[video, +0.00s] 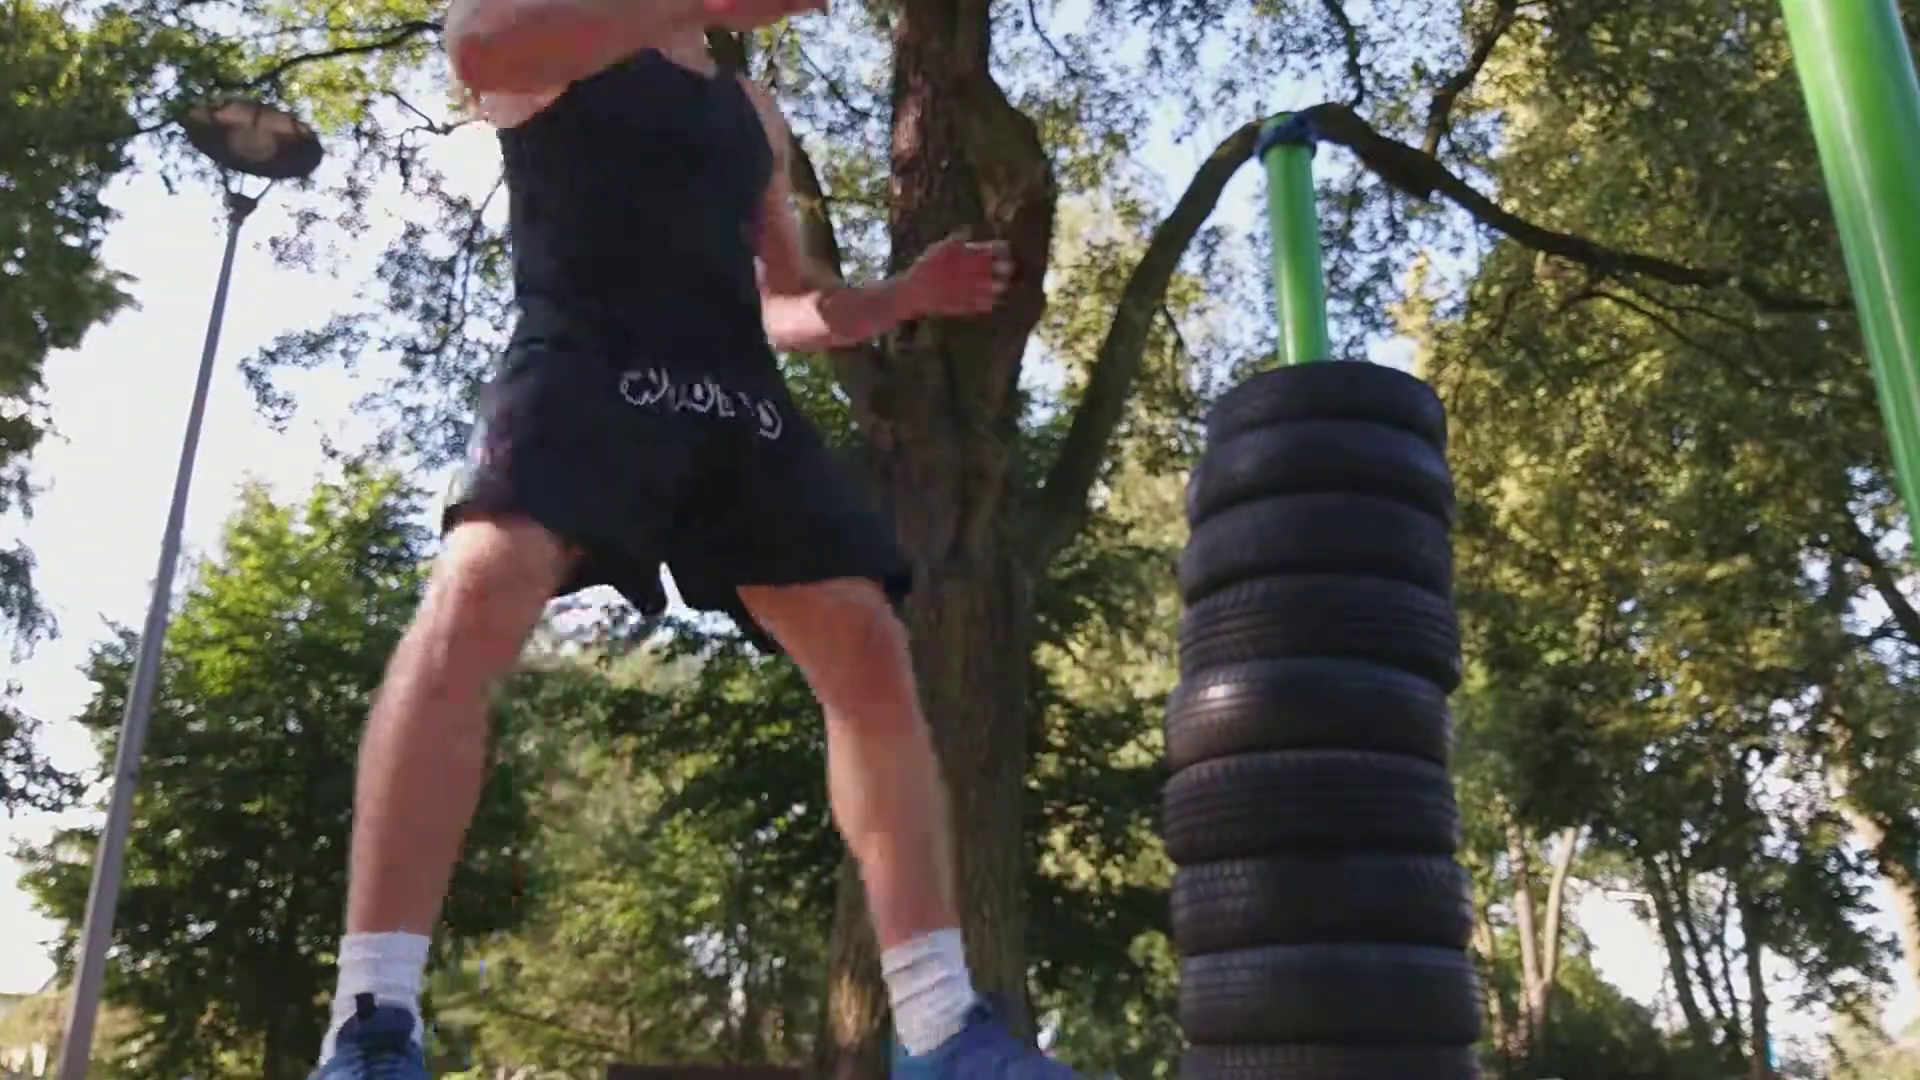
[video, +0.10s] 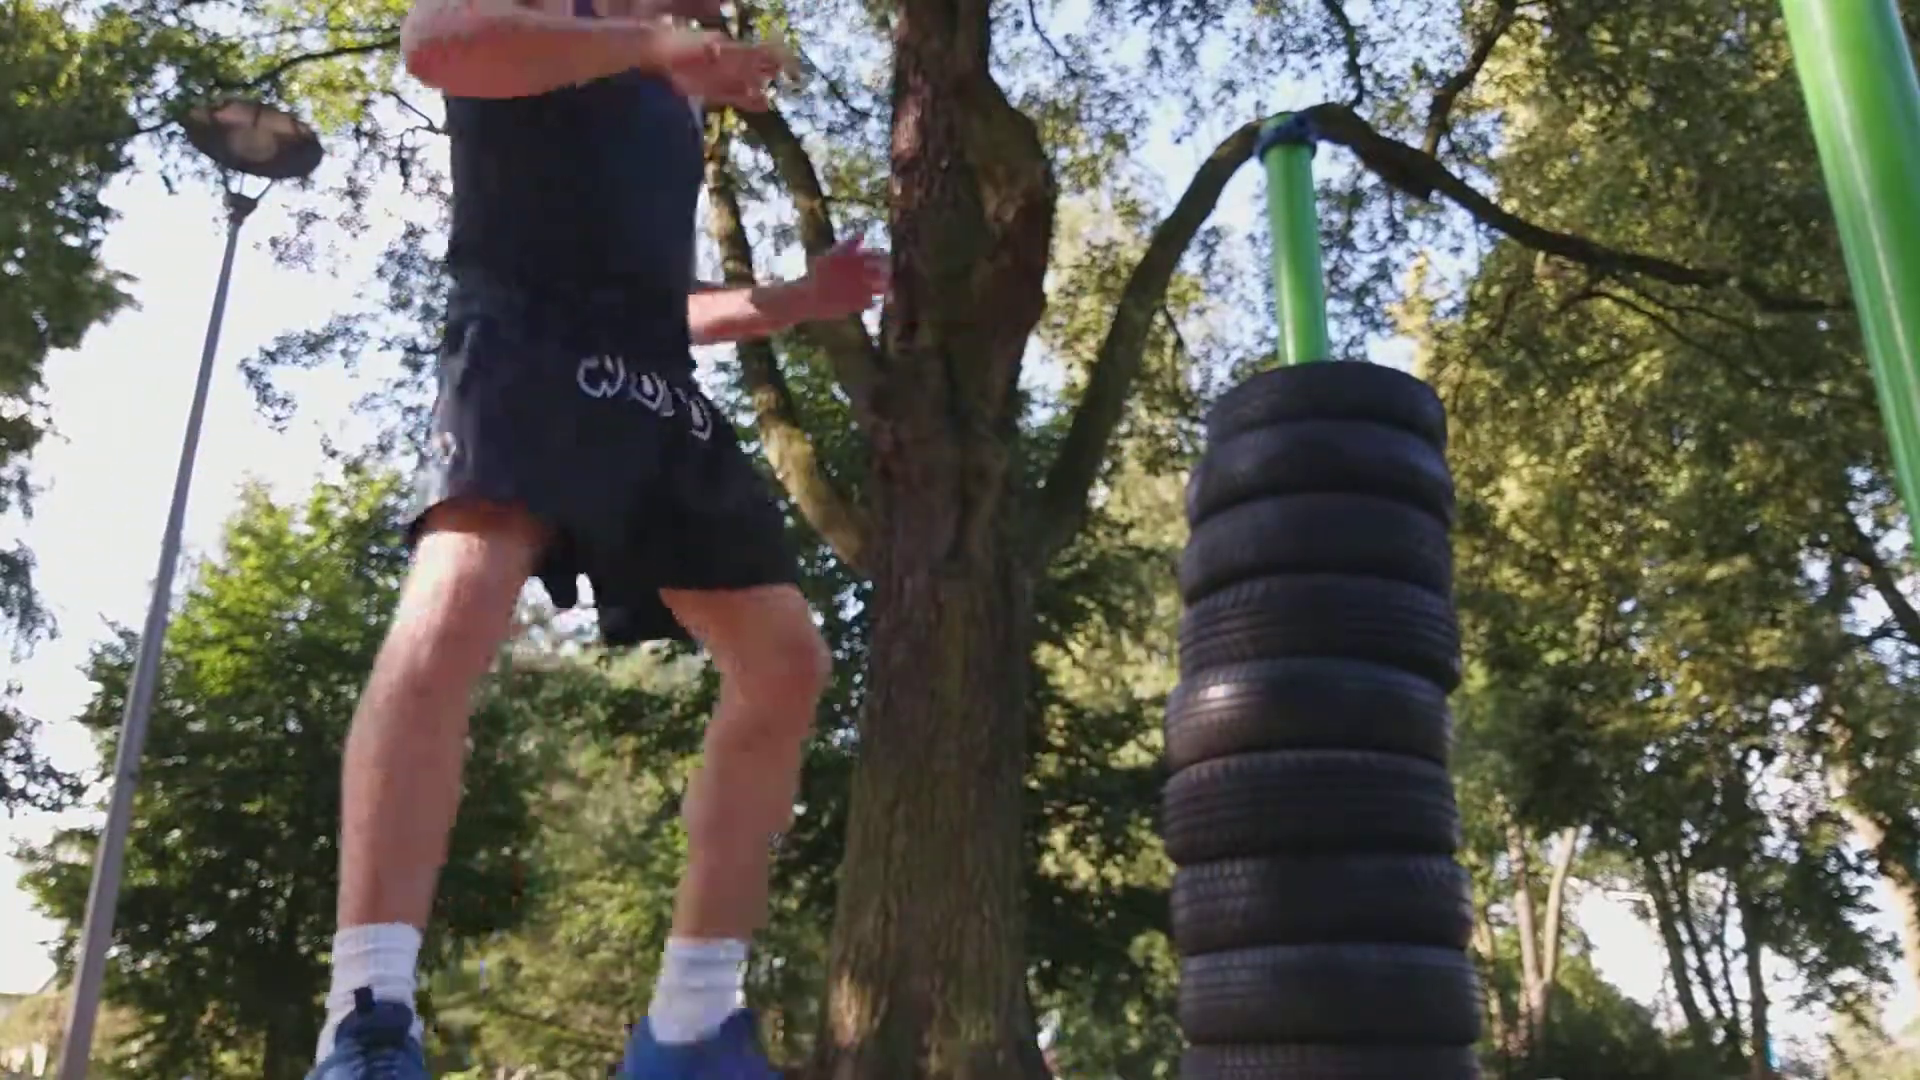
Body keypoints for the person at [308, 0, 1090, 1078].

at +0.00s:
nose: (800, 14)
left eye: (806, 12)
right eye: (797, 3)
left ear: (770, 14)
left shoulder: (750, 106)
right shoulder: (556, 27)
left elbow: (779, 305)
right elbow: (479, 55)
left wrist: (904, 293)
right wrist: (685, 11)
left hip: (739, 404)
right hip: (579, 386)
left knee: (865, 644)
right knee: (474, 594)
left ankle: (940, 1029)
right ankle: (373, 1021)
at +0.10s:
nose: (718, 26)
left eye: (721, 27)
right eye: (711, 16)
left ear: (696, 23)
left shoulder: (676, 94)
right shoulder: (534, 5)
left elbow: (652, 313)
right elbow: (438, 48)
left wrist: (802, 296)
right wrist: (644, 43)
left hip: (657, 384)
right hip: (527, 340)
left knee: (781, 660)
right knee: (460, 597)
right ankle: (369, 1018)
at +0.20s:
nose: (701, 21)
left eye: (704, 19)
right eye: (695, 5)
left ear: (648, 29)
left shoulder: (609, 142)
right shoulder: (495, 7)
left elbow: (587, 357)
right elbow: (356, 66)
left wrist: (720, 319)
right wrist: (570, 113)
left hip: (596, 420)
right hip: (471, 373)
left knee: (670, 725)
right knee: (417, 635)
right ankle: (360, 1021)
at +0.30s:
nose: (653, 75)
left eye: (657, 52)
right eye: (650, 40)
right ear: (592, 17)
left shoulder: (555, 205)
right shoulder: (444, 47)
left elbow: (544, 405)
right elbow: (292, 141)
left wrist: (678, 356)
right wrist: (478, 202)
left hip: (524, 485)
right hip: (416, 429)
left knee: (518, 786)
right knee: (397, 630)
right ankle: (352, 1024)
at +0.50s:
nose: (620, 99)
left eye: (622, 83)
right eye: (610, 73)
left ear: (553, 70)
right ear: (549, 58)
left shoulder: (517, 243)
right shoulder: (402, 84)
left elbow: (495, 398)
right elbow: (227, 135)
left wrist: (602, 362)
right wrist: (401, 202)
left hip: (410, 477)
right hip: (311, 422)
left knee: (363, 755)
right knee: (272, 648)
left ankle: (239, 1029)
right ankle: (190, 1008)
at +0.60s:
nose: (585, 79)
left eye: (589, 59)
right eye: (578, 49)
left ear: (526, 42)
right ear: (512, 27)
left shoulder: (480, 192)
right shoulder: (389, 50)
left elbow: (429, 362)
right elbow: (230, 80)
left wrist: (540, 348)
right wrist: (402, 160)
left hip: (381, 440)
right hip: (280, 393)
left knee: (358, 715)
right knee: (222, 635)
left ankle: (244, 1010)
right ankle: (49, 976)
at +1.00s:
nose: (525, 143)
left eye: (531, 127)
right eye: (520, 117)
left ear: (463, 104)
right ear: (455, 88)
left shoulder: (432, 229)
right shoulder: (328, 114)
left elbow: (364, 390)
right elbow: (243, 227)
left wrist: (467, 395)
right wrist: (423, 273)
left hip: (365, 508)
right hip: (261, 483)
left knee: (424, 741)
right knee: (142, 703)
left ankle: (343, 1011)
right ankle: (3, 934)